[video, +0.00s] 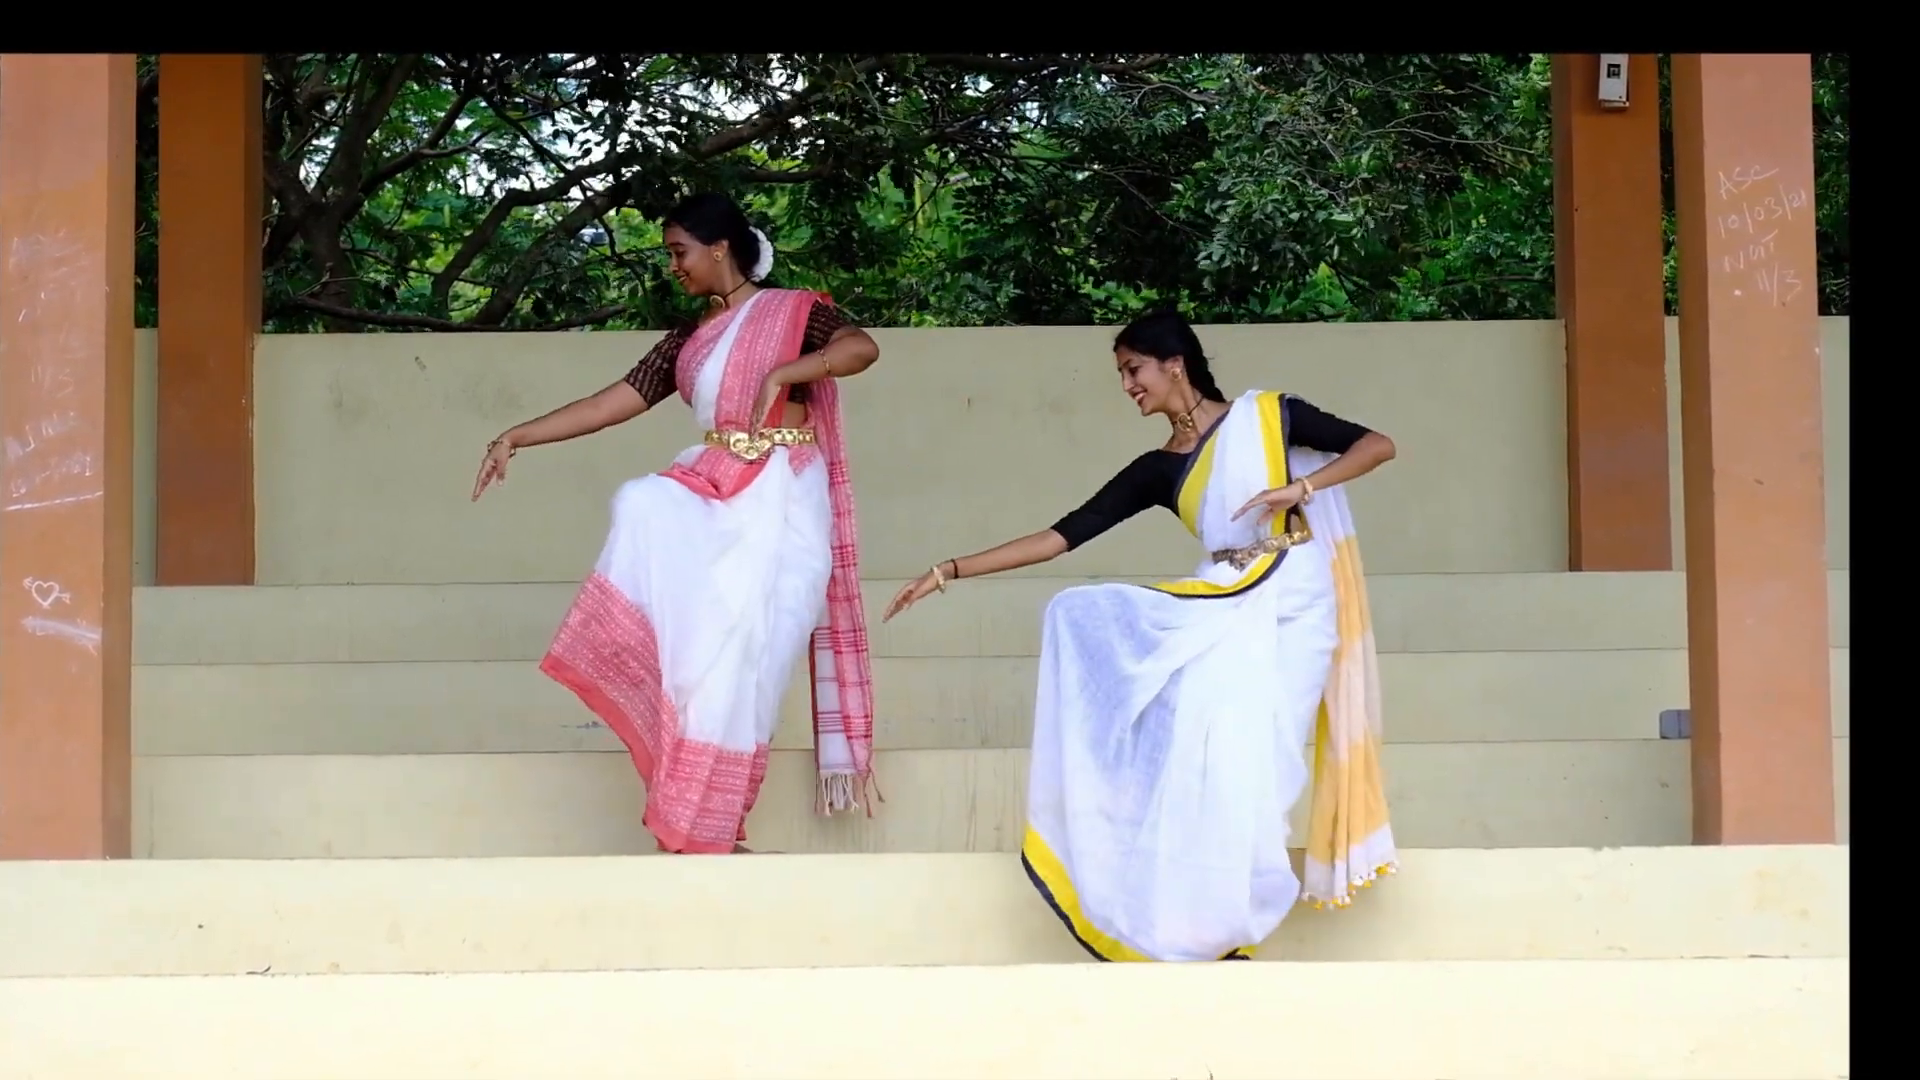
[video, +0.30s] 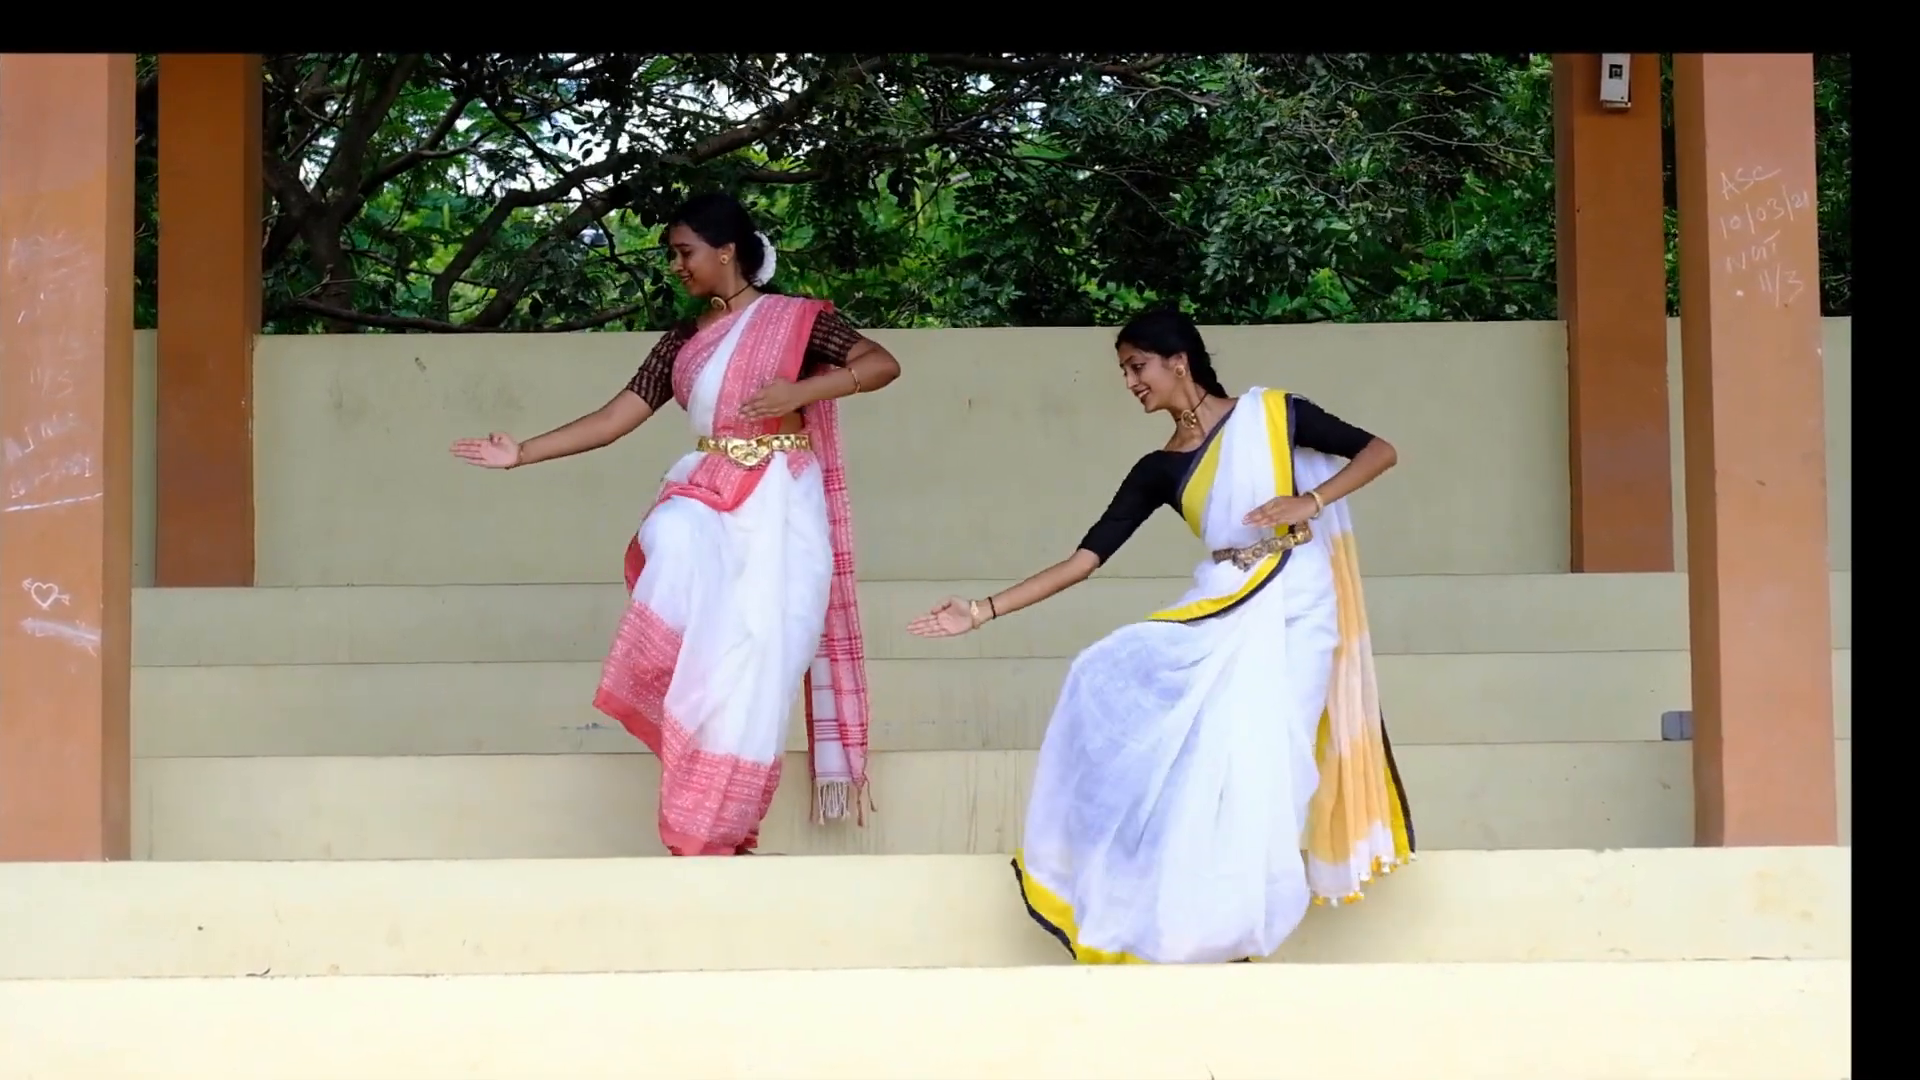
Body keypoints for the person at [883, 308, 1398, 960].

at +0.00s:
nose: (1128, 386)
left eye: (1135, 370)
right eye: (1122, 375)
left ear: (1177, 363)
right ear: (1143, 379)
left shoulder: (1267, 413)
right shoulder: (1160, 469)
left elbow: (1379, 446)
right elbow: (1057, 537)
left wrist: (1304, 488)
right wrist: (948, 570)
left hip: (1300, 590)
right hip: (1229, 602)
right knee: (1072, 609)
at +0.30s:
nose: (1130, 382)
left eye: (1137, 366)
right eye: (1125, 371)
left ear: (1179, 360)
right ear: (1153, 372)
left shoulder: (1271, 411)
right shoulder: (1161, 469)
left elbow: (1380, 451)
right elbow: (1083, 560)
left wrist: (1312, 500)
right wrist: (981, 610)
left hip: (1299, 597)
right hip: (1223, 604)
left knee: (1242, 735)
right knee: (1098, 672)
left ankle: (1228, 915)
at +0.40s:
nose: (1140, 372)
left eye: (1148, 356)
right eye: (1134, 361)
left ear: (1190, 349)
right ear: (1148, 364)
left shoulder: (1275, 407)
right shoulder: (1160, 457)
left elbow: (1375, 464)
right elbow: (1115, 562)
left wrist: (1317, 505)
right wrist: (1038, 628)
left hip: (1295, 590)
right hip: (1218, 596)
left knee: (1254, 736)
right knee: (1151, 727)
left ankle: (1236, 914)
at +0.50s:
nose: (1157, 351)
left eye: (1167, 334)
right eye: (1147, 339)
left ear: (1205, 332)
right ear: (1146, 346)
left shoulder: (1284, 402)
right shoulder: (1160, 440)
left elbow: (1364, 472)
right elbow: (1152, 542)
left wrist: (1317, 502)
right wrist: (1114, 621)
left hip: (1285, 593)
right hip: (1208, 596)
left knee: (1265, 751)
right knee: (1205, 753)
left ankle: (1249, 923)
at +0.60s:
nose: (1182, 325)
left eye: (1194, 310)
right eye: (1170, 315)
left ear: (1224, 319)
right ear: (1159, 331)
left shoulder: (1281, 395)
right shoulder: (1165, 419)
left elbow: (1346, 475)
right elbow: (1183, 509)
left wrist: (1309, 498)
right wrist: (1184, 591)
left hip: (1284, 582)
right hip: (1213, 586)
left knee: (1280, 739)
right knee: (1218, 742)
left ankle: (1261, 918)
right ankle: (1185, 914)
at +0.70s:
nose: (1214, 309)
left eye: (1223, 297)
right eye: (1198, 299)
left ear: (1239, 309)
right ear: (1175, 315)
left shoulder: (1278, 389)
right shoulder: (1176, 402)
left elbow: (1327, 479)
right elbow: (1207, 483)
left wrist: (1306, 487)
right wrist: (1238, 548)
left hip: (1276, 571)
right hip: (1210, 571)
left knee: (1282, 733)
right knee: (1219, 735)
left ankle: (1283, 910)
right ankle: (1217, 913)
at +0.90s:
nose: (1249, 297)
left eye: (1254, 286)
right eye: (1234, 286)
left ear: (1260, 299)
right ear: (1197, 301)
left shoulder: (1275, 385)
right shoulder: (1196, 383)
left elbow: (1280, 492)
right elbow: (1251, 442)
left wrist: (1302, 491)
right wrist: (1314, 469)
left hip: (1274, 567)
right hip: (1214, 562)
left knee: (1281, 727)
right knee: (1216, 731)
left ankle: (1300, 908)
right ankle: (1230, 911)